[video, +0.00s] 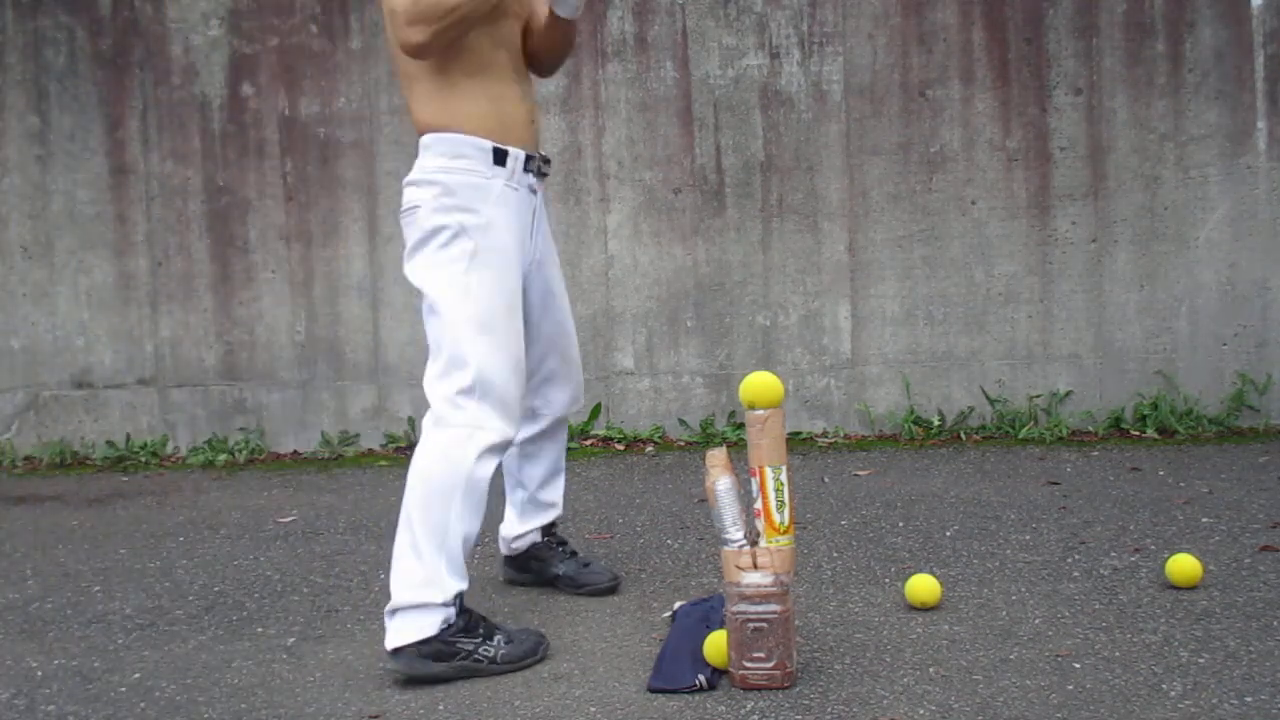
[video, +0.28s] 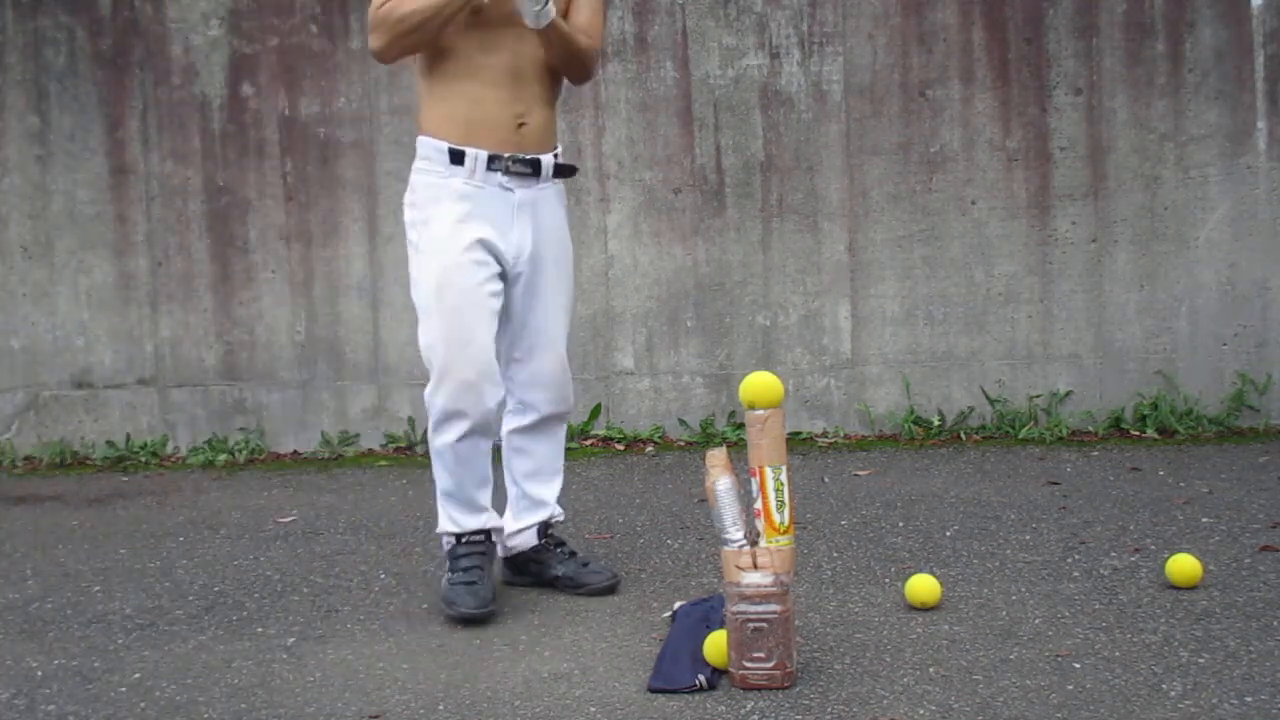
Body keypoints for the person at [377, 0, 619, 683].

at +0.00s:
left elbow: (541, 58)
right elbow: (415, 31)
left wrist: (564, 8)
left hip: (523, 186)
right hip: (463, 182)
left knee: (549, 380)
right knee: (474, 400)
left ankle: (530, 538)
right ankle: (423, 623)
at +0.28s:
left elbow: (583, 66)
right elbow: (384, 37)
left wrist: (543, 17)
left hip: (542, 191)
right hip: (453, 188)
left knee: (542, 380)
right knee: (464, 379)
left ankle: (531, 538)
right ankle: (467, 542)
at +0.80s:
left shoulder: (567, 1)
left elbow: (559, 75)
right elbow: (372, 69)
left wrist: (462, 49)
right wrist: (408, 36)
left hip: (549, 193)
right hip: (458, 199)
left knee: (597, 361)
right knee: (458, 382)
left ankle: (629, 505)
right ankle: (462, 518)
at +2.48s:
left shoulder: (636, 0)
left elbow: (629, 78)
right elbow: (464, 92)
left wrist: (554, 26)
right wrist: (496, 24)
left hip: (605, 196)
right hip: (512, 198)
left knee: (646, 363)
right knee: (480, 374)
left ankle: (685, 508)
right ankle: (455, 517)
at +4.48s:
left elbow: (629, 69)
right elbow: (460, 87)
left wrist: (560, 15)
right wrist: (499, 16)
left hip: (605, 195)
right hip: (513, 197)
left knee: (647, 362)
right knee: (480, 372)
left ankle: (686, 507)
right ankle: (455, 517)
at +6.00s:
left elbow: (599, 32)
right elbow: (402, 75)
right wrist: (441, 3)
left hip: (585, 195)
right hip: (492, 200)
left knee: (653, 353)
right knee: (468, 379)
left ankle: (716, 496)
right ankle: (453, 518)